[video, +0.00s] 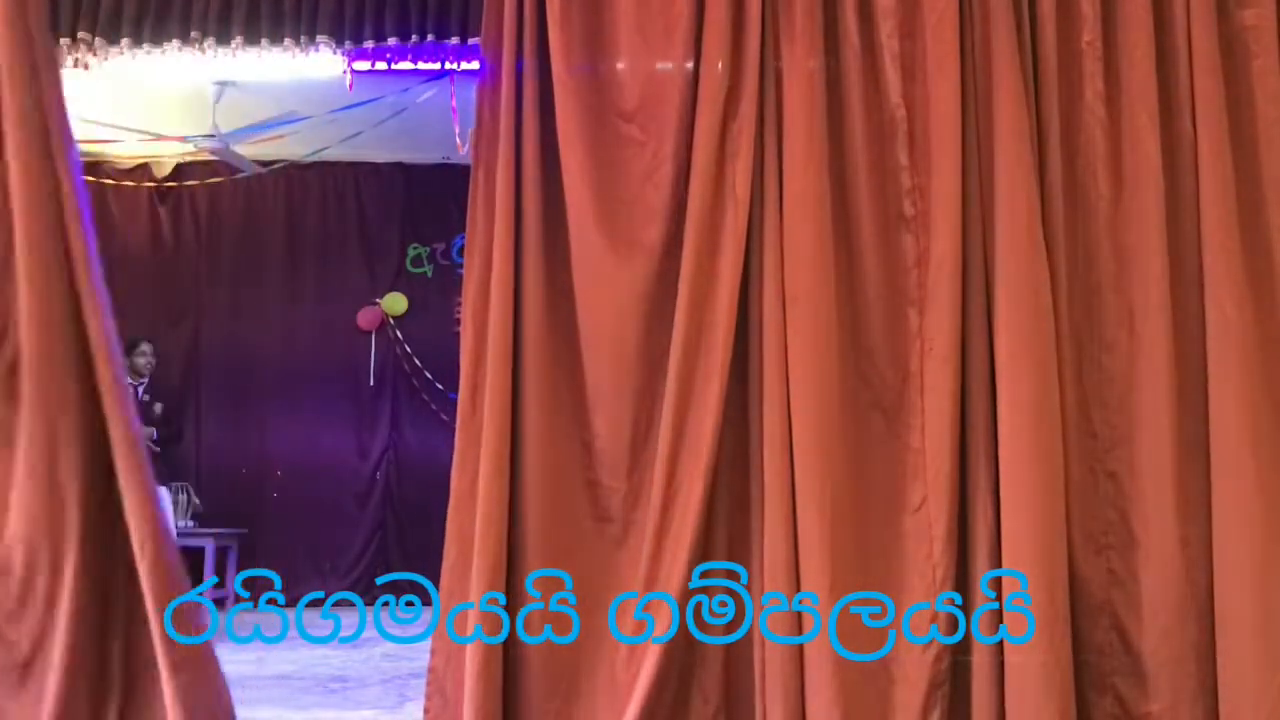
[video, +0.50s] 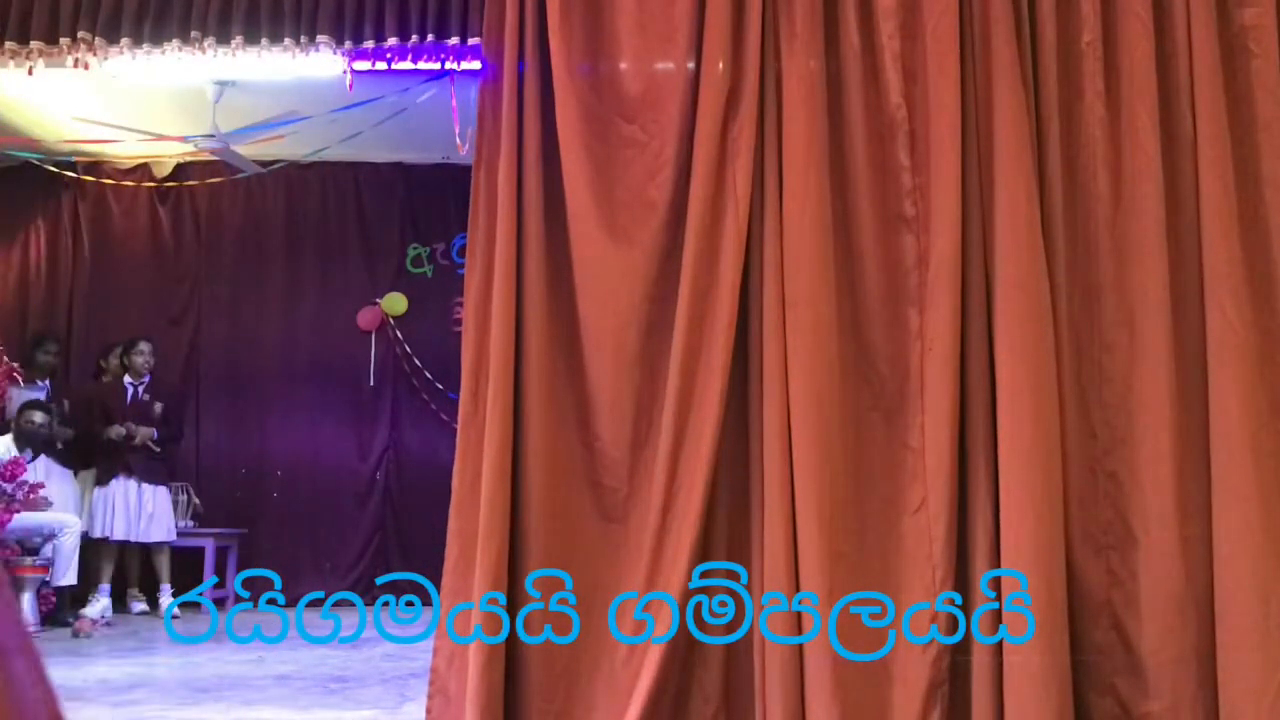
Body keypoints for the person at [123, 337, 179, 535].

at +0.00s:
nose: (149, 360)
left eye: (152, 356)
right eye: (142, 355)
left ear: (156, 361)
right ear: (128, 359)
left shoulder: (162, 392)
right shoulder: (115, 390)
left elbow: (175, 432)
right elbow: (110, 430)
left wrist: (150, 433)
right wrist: (135, 434)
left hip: (154, 474)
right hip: (122, 473)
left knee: (166, 537)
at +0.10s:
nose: (148, 361)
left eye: (151, 356)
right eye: (141, 355)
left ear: (155, 360)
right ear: (127, 360)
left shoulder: (163, 393)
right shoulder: (109, 392)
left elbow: (174, 432)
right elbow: (96, 425)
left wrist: (149, 433)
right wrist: (114, 432)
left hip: (153, 476)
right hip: (119, 474)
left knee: (159, 540)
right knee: (120, 540)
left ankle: (165, 594)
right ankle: (120, 599)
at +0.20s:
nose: (148, 360)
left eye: (151, 356)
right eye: (141, 355)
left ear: (154, 361)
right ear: (127, 359)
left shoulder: (162, 394)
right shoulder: (105, 392)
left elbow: (174, 433)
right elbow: (90, 431)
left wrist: (151, 433)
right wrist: (109, 432)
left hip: (152, 475)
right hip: (114, 474)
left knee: (159, 539)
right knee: (120, 539)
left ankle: (165, 594)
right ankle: (127, 595)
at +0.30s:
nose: (147, 359)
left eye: (151, 355)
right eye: (141, 354)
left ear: (154, 360)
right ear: (127, 358)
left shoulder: (163, 394)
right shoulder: (105, 392)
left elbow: (175, 432)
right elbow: (92, 428)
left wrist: (150, 434)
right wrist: (111, 431)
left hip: (152, 475)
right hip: (114, 472)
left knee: (160, 539)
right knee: (110, 537)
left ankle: (166, 595)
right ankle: (104, 596)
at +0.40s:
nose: (146, 359)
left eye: (150, 354)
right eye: (140, 354)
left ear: (155, 360)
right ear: (127, 358)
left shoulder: (164, 394)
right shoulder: (106, 391)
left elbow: (175, 433)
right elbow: (92, 427)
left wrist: (150, 433)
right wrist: (109, 431)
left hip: (151, 474)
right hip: (114, 473)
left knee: (159, 539)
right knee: (108, 537)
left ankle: (166, 596)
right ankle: (102, 598)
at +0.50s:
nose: (146, 359)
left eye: (150, 354)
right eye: (140, 354)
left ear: (154, 360)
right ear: (127, 358)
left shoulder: (164, 393)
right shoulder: (106, 391)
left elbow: (175, 432)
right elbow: (92, 428)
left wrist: (150, 433)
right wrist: (109, 431)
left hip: (152, 474)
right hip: (114, 472)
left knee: (159, 539)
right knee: (108, 537)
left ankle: (166, 596)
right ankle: (102, 598)